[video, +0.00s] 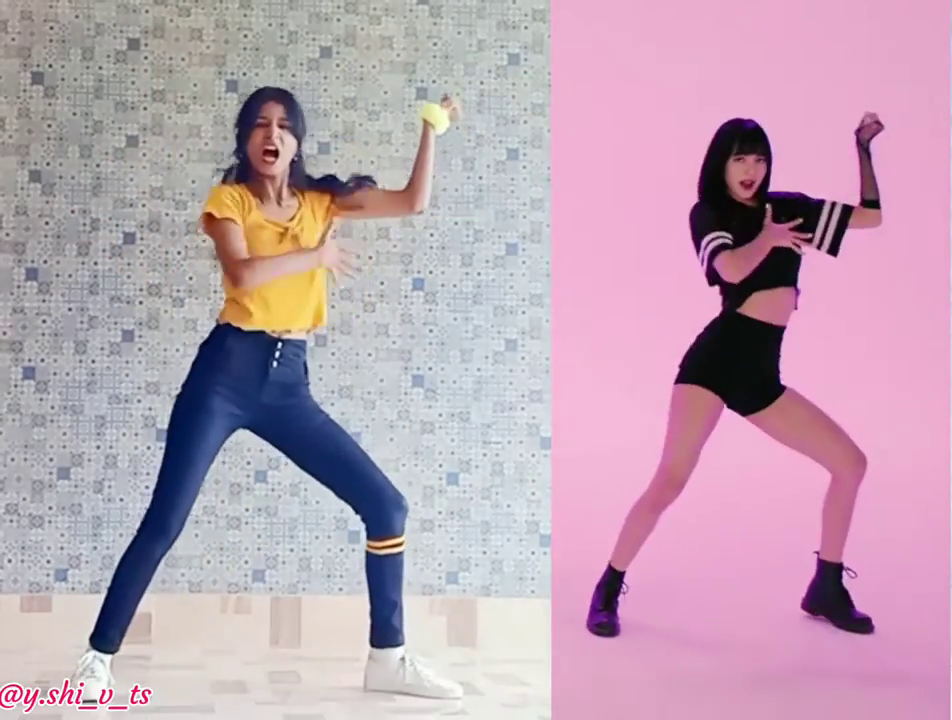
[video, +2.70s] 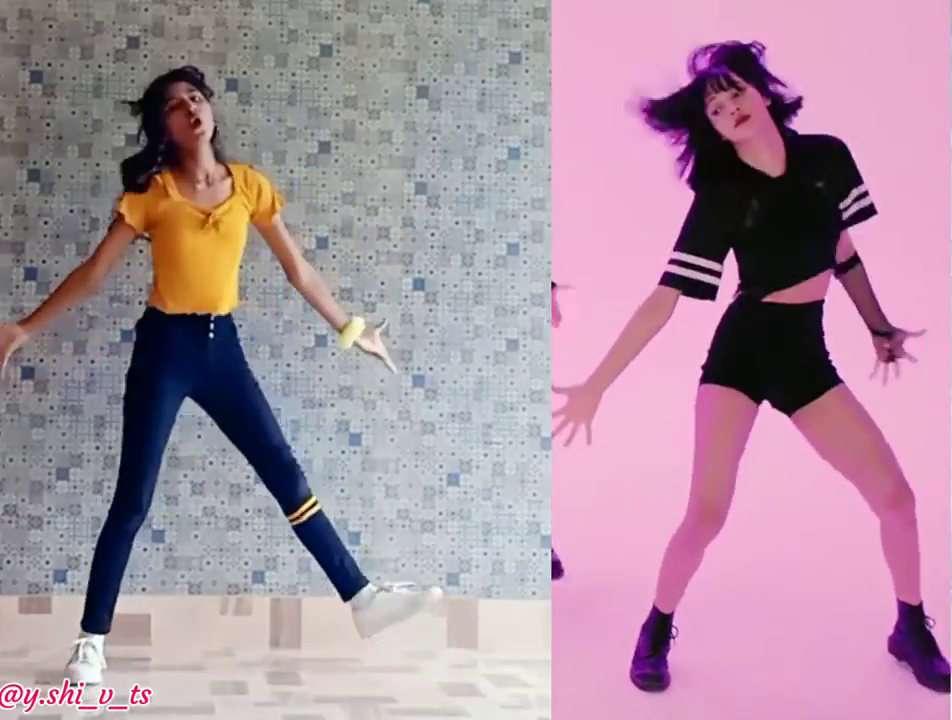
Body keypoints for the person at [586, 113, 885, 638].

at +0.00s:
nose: (748, 170)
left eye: (757, 159)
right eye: (738, 159)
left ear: (768, 165)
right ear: (718, 164)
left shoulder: (783, 209)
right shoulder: (709, 215)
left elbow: (870, 216)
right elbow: (731, 270)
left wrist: (864, 150)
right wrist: (769, 238)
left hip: (759, 374)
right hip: (714, 361)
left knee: (849, 464)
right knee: (669, 482)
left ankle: (826, 587)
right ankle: (608, 589)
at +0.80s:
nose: (707, 176)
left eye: (717, 166)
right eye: (698, 165)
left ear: (727, 169)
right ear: (681, 167)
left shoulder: (747, 209)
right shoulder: (669, 224)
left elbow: (827, 211)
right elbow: (697, 293)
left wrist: (825, 144)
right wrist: (747, 336)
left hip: (727, 367)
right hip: (680, 358)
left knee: (815, 462)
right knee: (640, 476)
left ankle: (805, 583)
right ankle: (589, 584)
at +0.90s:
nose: (704, 174)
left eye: (712, 162)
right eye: (694, 165)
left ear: (724, 165)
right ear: (679, 172)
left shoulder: (753, 210)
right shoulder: (672, 233)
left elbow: (833, 213)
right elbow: (658, 315)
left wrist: (833, 146)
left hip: (734, 372)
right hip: (686, 364)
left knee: (819, 467)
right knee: (645, 482)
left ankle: (813, 590)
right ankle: (596, 591)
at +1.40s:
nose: (772, 227)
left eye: (785, 225)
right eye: (769, 212)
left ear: (792, 236)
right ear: (750, 207)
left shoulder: (786, 280)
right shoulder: (697, 269)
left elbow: (875, 297)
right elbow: (652, 347)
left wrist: (898, 230)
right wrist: (600, 417)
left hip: (786, 409)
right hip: (730, 423)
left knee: (858, 515)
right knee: (668, 496)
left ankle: (850, 610)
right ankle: (642, 626)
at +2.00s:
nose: (738, 136)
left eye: (752, 129)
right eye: (731, 122)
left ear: (766, 140)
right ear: (713, 123)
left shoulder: (778, 192)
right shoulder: (684, 202)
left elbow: (822, 251)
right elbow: (632, 298)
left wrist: (847, 185)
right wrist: (573, 369)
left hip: (755, 363)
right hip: (697, 357)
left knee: (857, 456)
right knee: (669, 503)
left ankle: (841, 570)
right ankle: (615, 612)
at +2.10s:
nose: (746, 118)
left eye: (757, 110)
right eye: (734, 108)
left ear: (771, 122)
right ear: (714, 121)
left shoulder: (789, 198)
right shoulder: (690, 202)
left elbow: (788, 275)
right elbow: (647, 296)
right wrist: (598, 377)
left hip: (765, 359)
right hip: (704, 357)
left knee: (841, 487)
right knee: (672, 506)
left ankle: (819, 581)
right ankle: (619, 616)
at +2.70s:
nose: (727, 106)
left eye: (733, 89)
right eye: (713, 103)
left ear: (762, 91)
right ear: (709, 124)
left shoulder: (825, 157)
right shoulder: (722, 189)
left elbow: (843, 250)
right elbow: (667, 294)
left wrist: (880, 327)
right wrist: (594, 385)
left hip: (804, 351)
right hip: (740, 350)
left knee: (894, 494)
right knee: (707, 515)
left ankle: (912, 628)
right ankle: (656, 631)